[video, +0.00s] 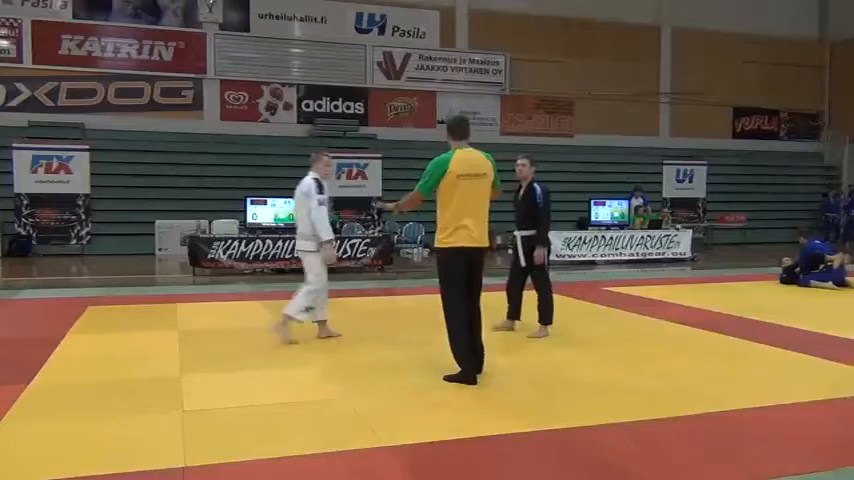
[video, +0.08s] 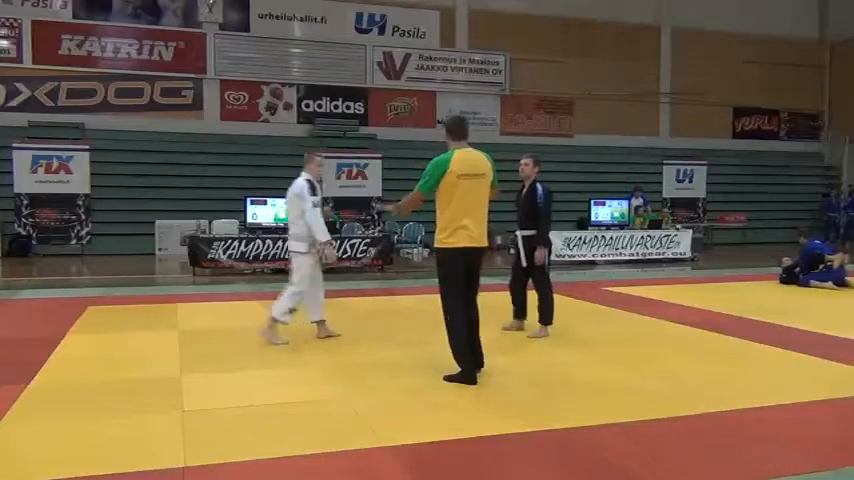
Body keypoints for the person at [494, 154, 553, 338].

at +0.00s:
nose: (519, 169)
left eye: (523, 166)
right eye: (517, 166)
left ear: (532, 169)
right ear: (516, 170)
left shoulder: (538, 190)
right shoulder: (519, 191)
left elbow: (543, 219)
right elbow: (521, 218)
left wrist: (541, 244)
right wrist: (518, 243)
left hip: (535, 240)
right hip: (521, 240)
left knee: (542, 284)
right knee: (514, 283)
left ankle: (544, 324)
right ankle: (511, 319)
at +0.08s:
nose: (521, 168)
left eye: (526, 165)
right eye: (520, 165)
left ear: (535, 169)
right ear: (520, 169)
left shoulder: (541, 190)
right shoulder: (522, 191)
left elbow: (544, 220)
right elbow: (523, 218)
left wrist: (541, 245)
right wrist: (520, 243)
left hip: (536, 240)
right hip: (523, 241)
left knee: (542, 284)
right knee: (517, 282)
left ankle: (545, 324)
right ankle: (518, 319)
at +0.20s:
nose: (526, 168)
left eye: (530, 165)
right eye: (525, 165)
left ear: (540, 169)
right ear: (525, 169)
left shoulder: (544, 190)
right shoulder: (527, 190)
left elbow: (544, 220)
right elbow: (525, 219)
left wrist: (538, 245)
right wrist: (521, 244)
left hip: (538, 239)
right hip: (525, 238)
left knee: (542, 282)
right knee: (522, 282)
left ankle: (545, 324)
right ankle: (533, 315)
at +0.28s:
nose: (529, 168)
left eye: (534, 165)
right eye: (528, 165)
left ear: (543, 169)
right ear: (527, 169)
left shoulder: (546, 190)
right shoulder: (529, 190)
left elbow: (545, 220)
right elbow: (525, 218)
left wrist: (537, 244)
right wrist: (519, 241)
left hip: (540, 239)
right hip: (526, 238)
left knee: (542, 282)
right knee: (527, 281)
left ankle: (545, 324)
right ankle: (541, 316)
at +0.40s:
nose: (533, 168)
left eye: (537, 165)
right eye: (532, 165)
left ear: (547, 168)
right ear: (531, 169)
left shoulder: (550, 190)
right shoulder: (532, 191)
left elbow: (547, 219)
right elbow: (525, 216)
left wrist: (534, 241)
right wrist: (511, 234)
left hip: (543, 241)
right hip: (529, 240)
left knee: (544, 282)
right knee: (532, 282)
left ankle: (546, 324)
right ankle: (545, 314)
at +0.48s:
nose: (534, 169)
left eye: (538, 166)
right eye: (533, 166)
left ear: (548, 169)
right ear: (531, 169)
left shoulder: (552, 191)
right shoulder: (532, 190)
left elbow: (549, 220)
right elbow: (524, 215)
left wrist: (535, 240)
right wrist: (510, 234)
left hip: (544, 241)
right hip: (529, 239)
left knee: (545, 282)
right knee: (534, 283)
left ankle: (546, 324)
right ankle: (547, 316)